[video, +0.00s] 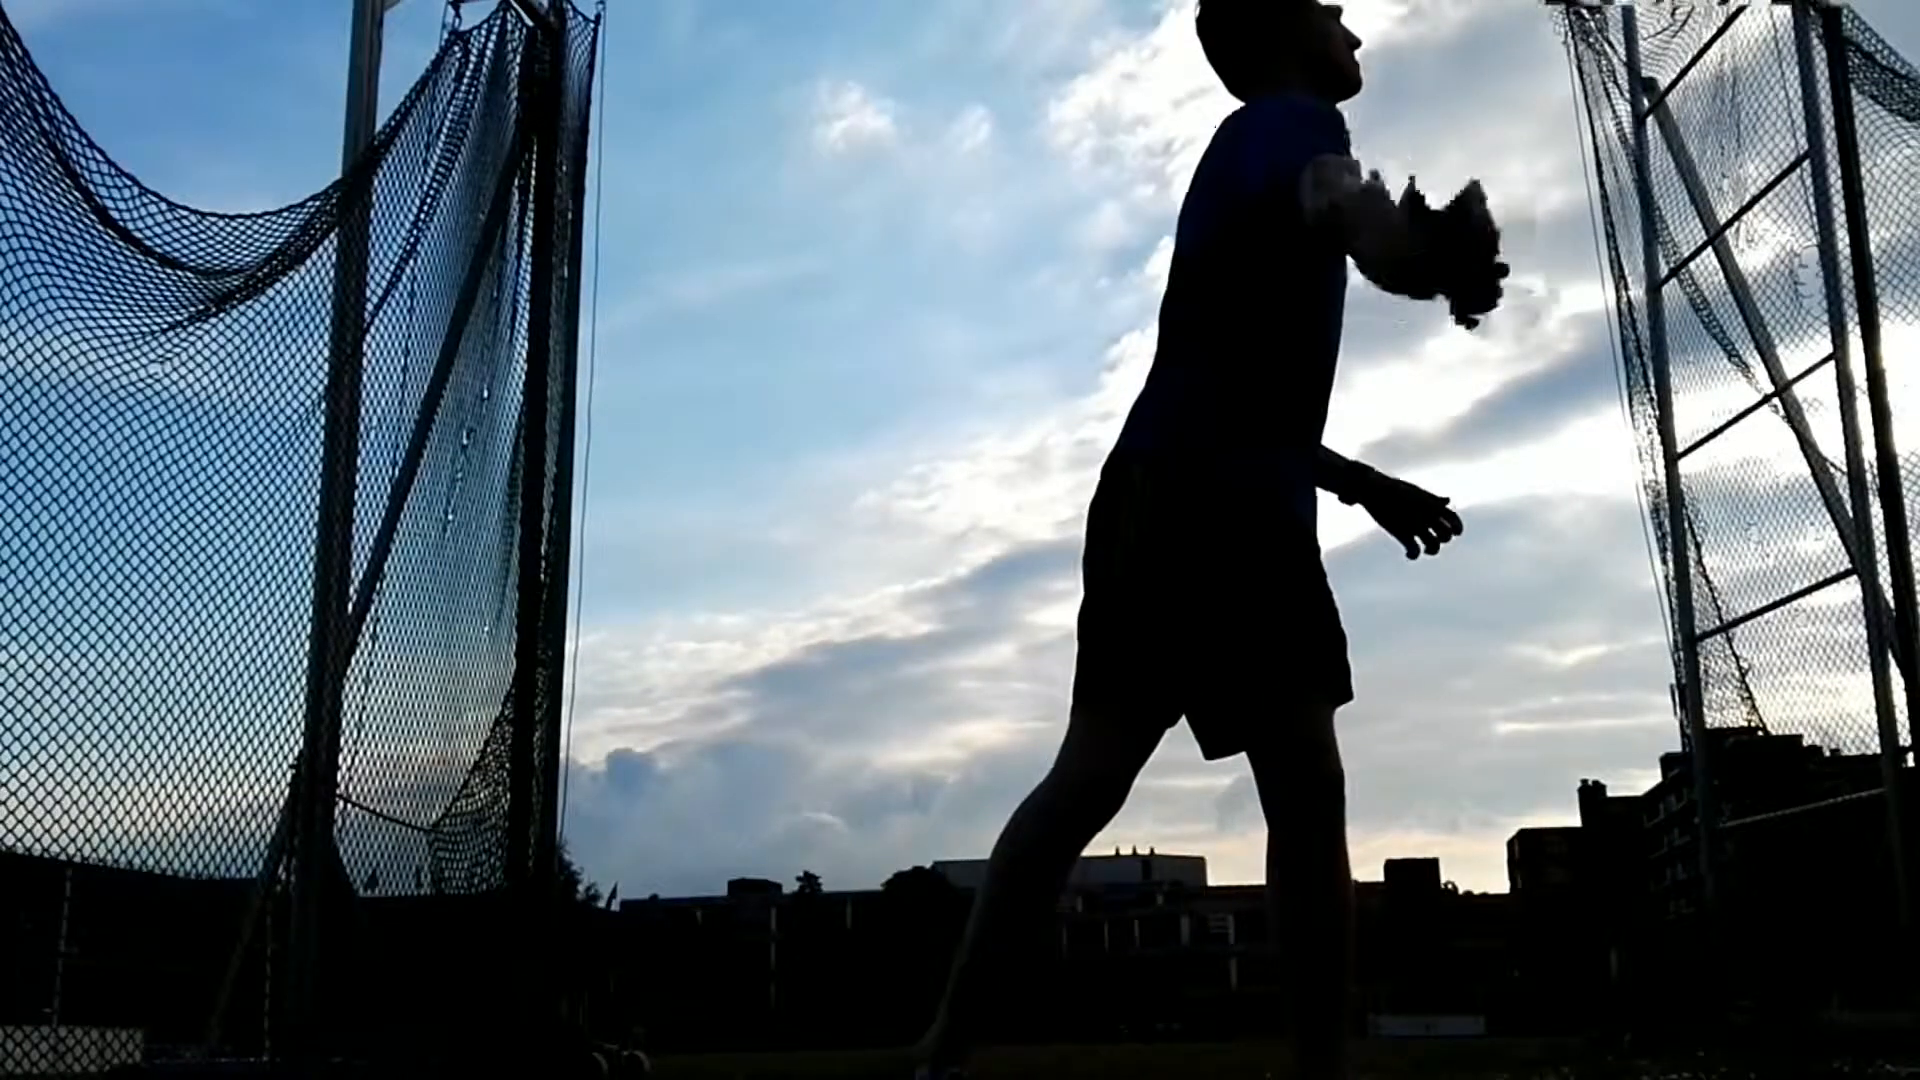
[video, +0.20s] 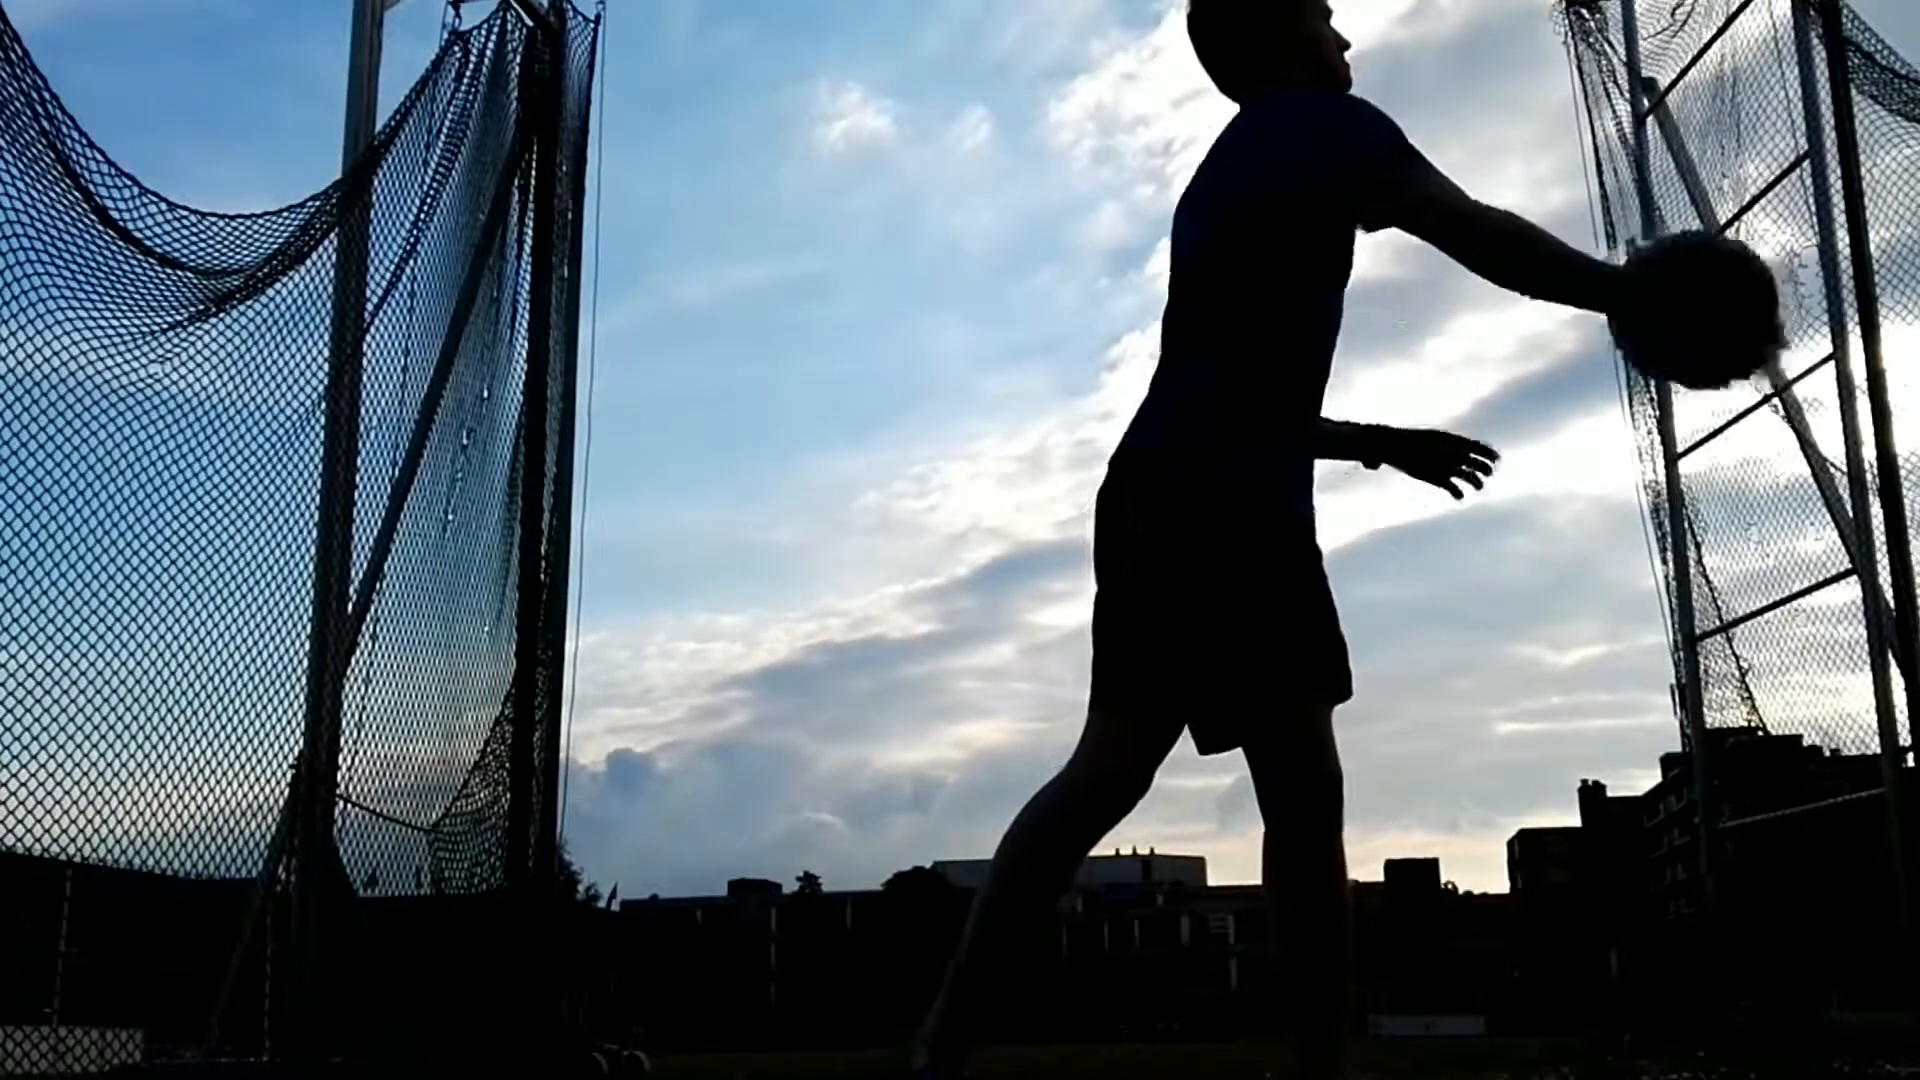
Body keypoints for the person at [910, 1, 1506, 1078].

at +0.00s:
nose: (1348, 27)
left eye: (1335, 11)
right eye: (1324, 14)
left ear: (1246, 59)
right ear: (1284, 38)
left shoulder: (1230, 165)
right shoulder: (1301, 128)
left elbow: (1222, 402)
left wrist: (1367, 486)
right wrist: (1448, 259)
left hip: (1148, 506)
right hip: (1239, 509)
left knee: (1083, 784)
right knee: (1304, 796)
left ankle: (953, 1041)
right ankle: (1323, 1060)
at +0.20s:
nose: (1339, 32)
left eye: (1324, 14)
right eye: (1316, 16)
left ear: (1235, 61)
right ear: (1282, 37)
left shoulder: (1224, 177)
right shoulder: (1336, 130)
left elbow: (1227, 404)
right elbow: (1478, 235)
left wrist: (1382, 444)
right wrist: (1624, 289)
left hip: (1149, 499)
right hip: (1237, 501)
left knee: (1107, 768)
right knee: (1300, 780)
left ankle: (948, 1030)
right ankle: (1324, 1055)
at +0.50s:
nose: (1325, 26)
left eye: (1312, 9)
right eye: (1306, 12)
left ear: (1215, 55)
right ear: (1276, 28)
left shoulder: (1192, 183)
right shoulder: (1358, 107)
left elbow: (1258, 394)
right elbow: (1501, 238)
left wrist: (1413, 371)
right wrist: (1625, 303)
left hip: (1169, 490)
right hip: (1263, 490)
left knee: (1144, 758)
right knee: (1308, 785)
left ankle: (963, 1003)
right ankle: (1318, 1057)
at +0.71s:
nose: (1323, 24)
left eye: (1310, 9)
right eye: (1306, 10)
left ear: (1207, 50)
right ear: (1286, 22)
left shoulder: (1186, 183)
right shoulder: (1358, 91)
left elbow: (1268, 369)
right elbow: (1490, 241)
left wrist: (1393, 337)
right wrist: (1489, 290)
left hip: (1190, 485)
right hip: (1279, 486)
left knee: (1170, 753)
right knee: (1315, 785)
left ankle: (976, 998)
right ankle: (1319, 1055)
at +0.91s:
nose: (1318, 22)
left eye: (1307, 9)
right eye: (1304, 8)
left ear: (1203, 48)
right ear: (1283, 19)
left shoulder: (1179, 187)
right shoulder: (1352, 80)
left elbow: (1239, 330)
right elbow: (1438, 224)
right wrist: (1342, 228)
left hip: (1207, 474)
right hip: (1302, 469)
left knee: (1190, 749)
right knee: (1322, 769)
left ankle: (1004, 985)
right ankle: (1316, 1041)